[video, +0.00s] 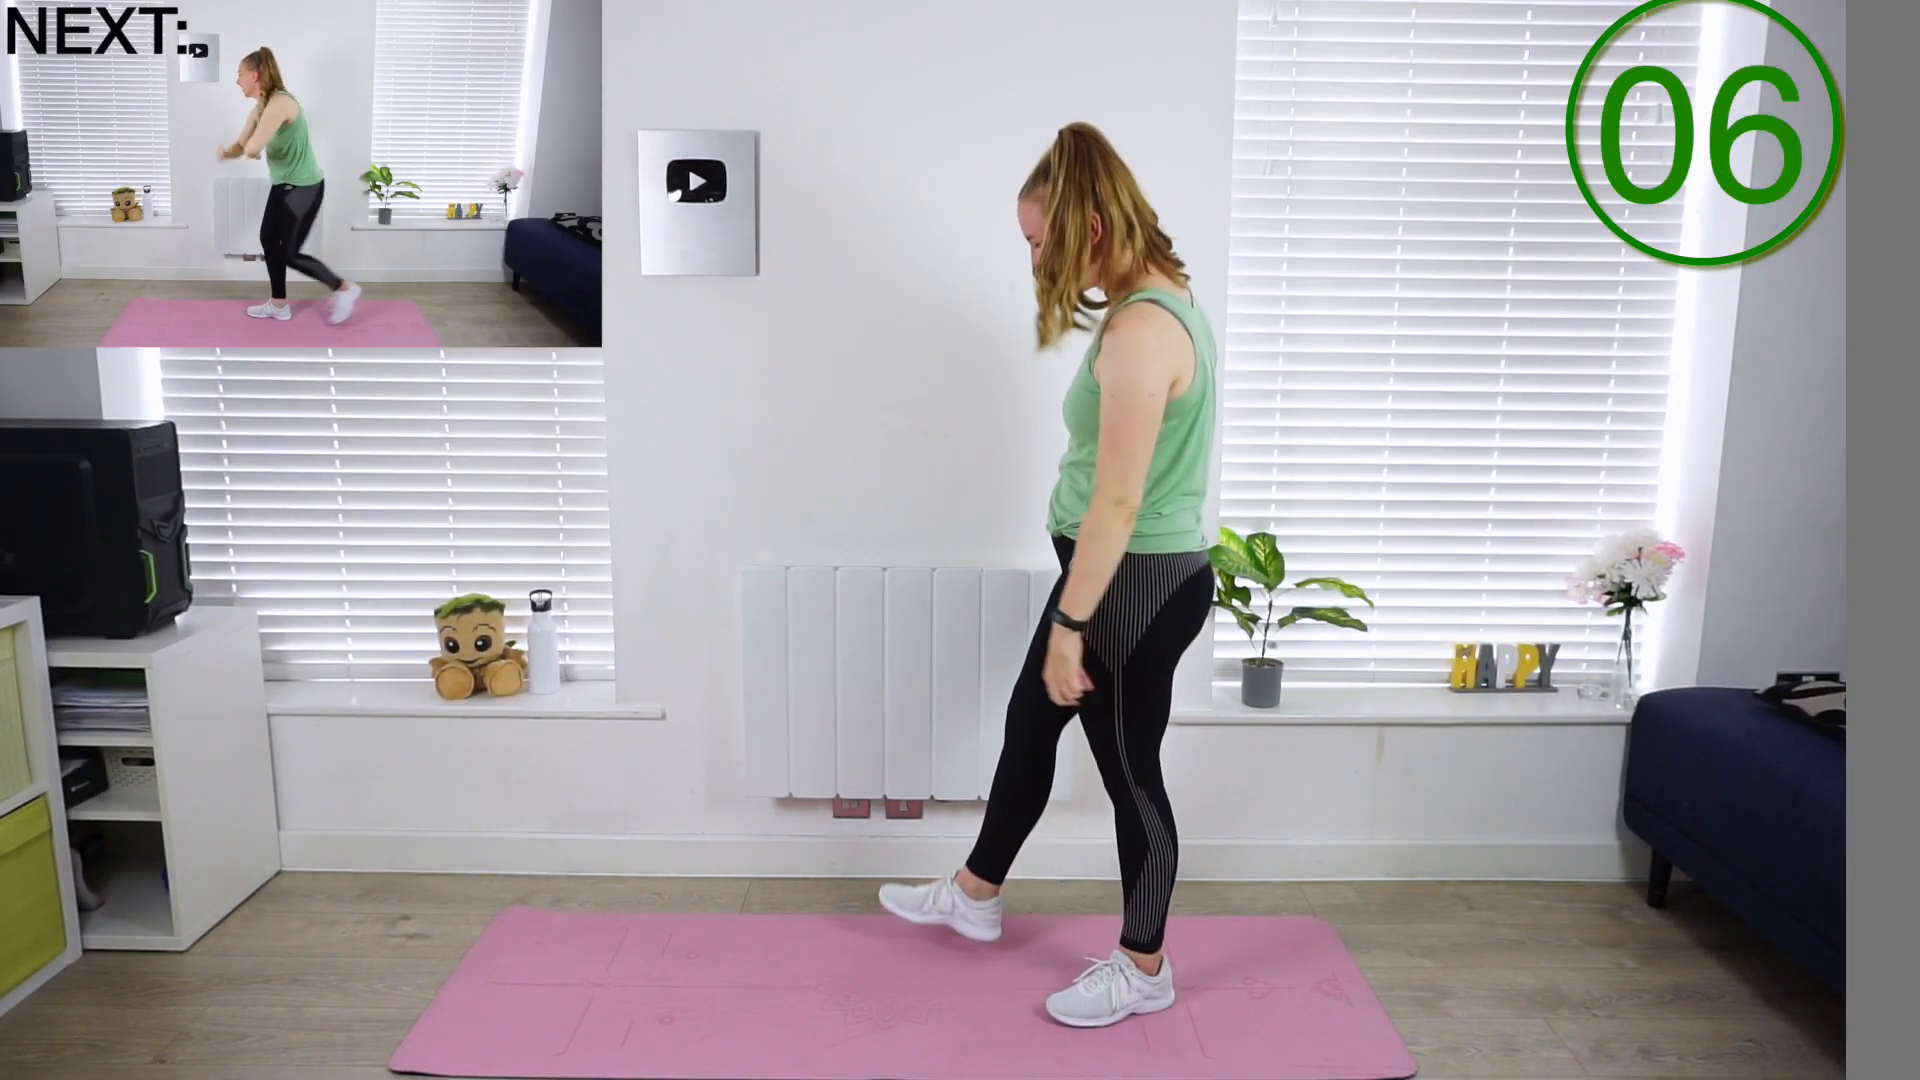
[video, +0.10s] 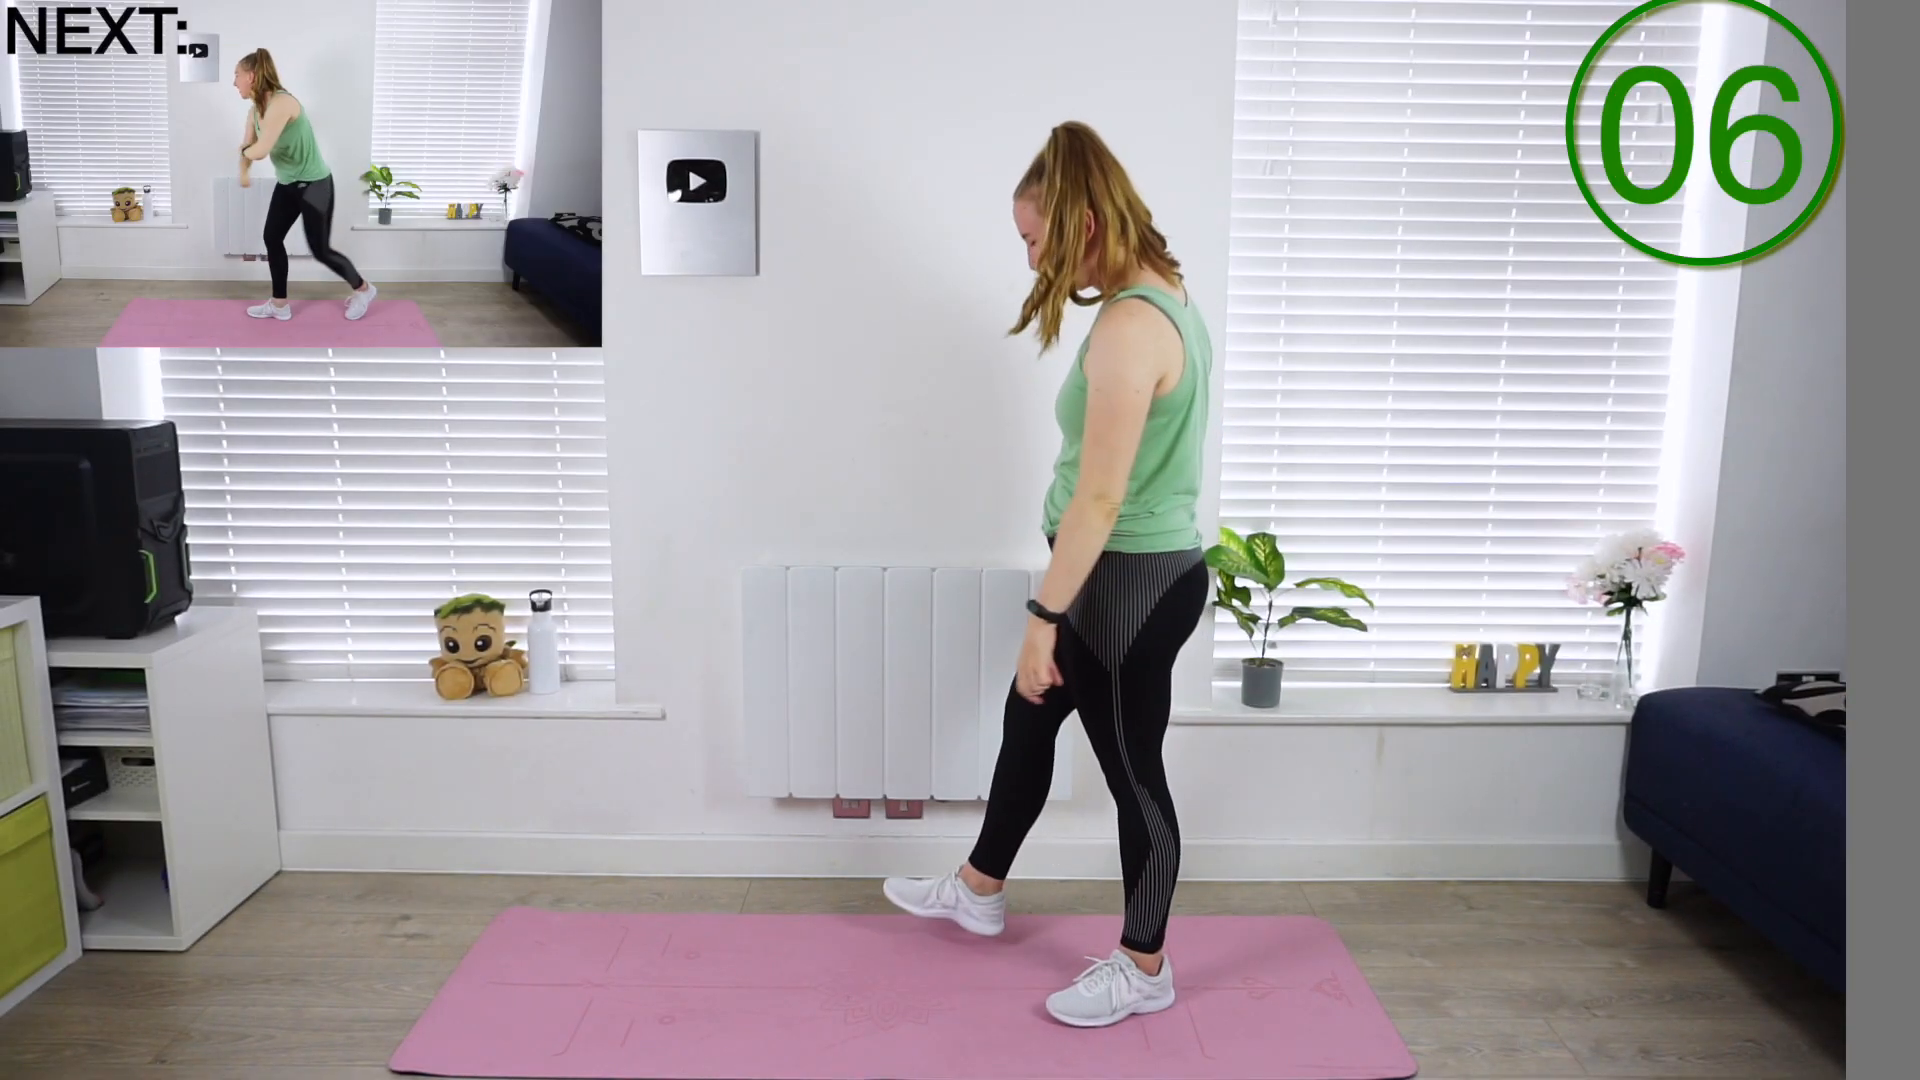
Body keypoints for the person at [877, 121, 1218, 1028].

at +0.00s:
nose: (1037, 260)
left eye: (1040, 243)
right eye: (1032, 244)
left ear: (1089, 231)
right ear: (1102, 223)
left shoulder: (1141, 334)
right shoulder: (1155, 299)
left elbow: (1120, 500)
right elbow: (1141, 473)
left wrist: (1068, 626)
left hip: (1138, 575)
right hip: (1122, 560)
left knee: (1129, 768)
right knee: (1031, 727)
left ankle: (1144, 963)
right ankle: (974, 893)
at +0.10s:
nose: (1031, 257)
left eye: (1036, 239)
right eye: (1026, 240)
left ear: (1082, 229)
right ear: (1102, 220)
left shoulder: (1129, 331)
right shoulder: (1157, 301)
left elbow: (1101, 498)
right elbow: (1148, 471)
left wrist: (1044, 620)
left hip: (1130, 574)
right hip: (1136, 561)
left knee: (1134, 773)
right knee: (1032, 716)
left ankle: (1145, 963)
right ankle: (978, 888)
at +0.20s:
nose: (1024, 260)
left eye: (1027, 244)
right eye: (1019, 243)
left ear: (1069, 231)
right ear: (1092, 220)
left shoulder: (1114, 331)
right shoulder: (1154, 297)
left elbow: (1083, 496)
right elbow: (1145, 457)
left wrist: (1026, 613)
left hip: (1116, 571)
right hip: (1133, 559)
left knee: (1130, 771)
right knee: (1033, 726)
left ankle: (1145, 963)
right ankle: (983, 898)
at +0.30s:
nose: (1003, 256)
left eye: (1006, 239)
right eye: (999, 240)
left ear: (1048, 231)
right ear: (1078, 222)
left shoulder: (1103, 333)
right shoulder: (1141, 305)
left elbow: (1066, 498)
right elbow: (1125, 460)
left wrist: (1010, 612)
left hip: (1102, 573)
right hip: (1100, 561)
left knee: (1123, 770)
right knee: (1029, 745)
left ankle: (1143, 963)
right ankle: (985, 915)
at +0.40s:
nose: (996, 257)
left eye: (999, 238)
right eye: (991, 238)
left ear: (1036, 228)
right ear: (1068, 217)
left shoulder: (1084, 327)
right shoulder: (1116, 307)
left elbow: (1052, 489)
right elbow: (1095, 462)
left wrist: (996, 605)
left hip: (1088, 569)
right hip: (1083, 559)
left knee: (1114, 767)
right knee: (1018, 740)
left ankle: (1142, 961)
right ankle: (983, 914)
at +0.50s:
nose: (974, 243)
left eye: (978, 225)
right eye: (972, 225)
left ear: (1020, 219)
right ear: (1045, 217)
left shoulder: (1060, 318)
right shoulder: (1089, 296)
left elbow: (1039, 475)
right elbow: (1065, 463)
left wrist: (985, 593)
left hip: (1073, 567)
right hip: (1065, 560)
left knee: (1100, 764)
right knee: (1011, 740)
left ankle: (1140, 960)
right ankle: (984, 914)